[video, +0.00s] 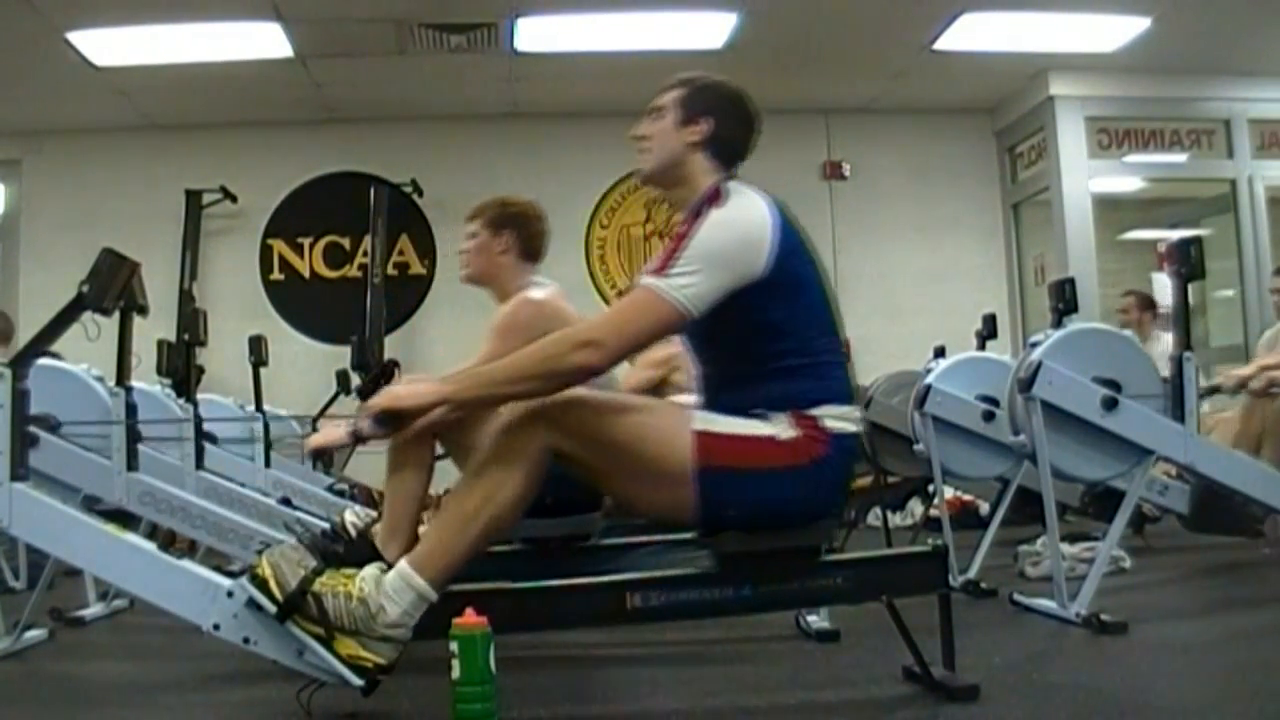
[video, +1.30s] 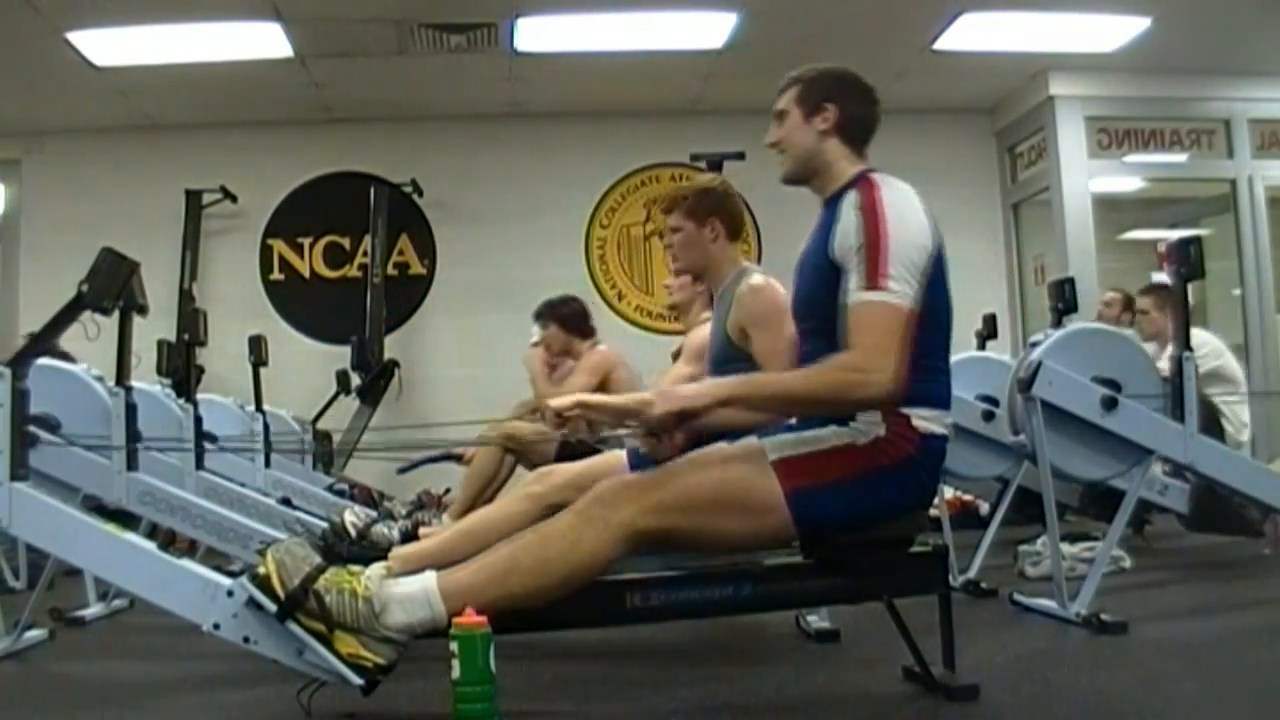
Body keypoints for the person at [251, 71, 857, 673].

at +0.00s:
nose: (636, 134)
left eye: (654, 117)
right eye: (641, 120)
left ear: (700, 131)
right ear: (690, 135)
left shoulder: (738, 219)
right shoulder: (702, 227)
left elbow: (594, 348)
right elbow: (591, 345)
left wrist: (441, 389)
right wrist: (446, 394)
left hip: (797, 448)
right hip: (754, 440)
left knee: (542, 414)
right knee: (527, 418)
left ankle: (388, 609)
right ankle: (386, 598)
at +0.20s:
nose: (724, 134)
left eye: (739, 117)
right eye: (730, 121)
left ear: (788, 126)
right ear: (784, 131)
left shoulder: (827, 211)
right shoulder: (790, 218)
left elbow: (688, 333)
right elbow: (680, 329)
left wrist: (530, 372)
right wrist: (541, 386)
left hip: (860, 446)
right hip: (822, 439)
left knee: (594, 457)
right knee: (583, 460)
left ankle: (396, 610)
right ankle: (390, 592)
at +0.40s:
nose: (799, 133)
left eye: (814, 117)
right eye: (802, 119)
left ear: (864, 125)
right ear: (846, 129)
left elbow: (783, 335)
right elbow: (753, 340)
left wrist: (621, 361)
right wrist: (619, 374)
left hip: (888, 444)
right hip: (837, 437)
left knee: (637, 507)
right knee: (617, 501)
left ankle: (400, 610)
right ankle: (398, 600)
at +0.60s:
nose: (838, 137)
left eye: (850, 119)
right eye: (839, 122)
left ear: (900, 124)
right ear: (887, 127)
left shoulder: (933, 204)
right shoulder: (882, 221)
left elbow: (883, 347)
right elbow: (816, 342)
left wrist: (721, 355)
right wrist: (700, 354)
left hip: (886, 437)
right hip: (847, 432)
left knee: (635, 536)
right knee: (623, 530)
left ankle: (397, 610)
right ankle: (401, 604)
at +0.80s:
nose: (836, 143)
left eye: (848, 124)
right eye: (837, 128)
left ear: (899, 122)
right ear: (892, 127)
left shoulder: (934, 199)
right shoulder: (892, 217)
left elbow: (975, 342)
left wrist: (821, 346)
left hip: (885, 440)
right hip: (849, 433)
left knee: (645, 524)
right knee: (633, 517)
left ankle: (398, 612)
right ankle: (397, 604)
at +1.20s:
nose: (796, 136)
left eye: (808, 118)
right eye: (798, 122)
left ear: (853, 120)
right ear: (851, 127)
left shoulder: (902, 205)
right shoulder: (857, 221)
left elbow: (949, 366)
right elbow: (845, 369)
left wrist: (791, 377)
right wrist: (739, 397)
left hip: (885, 442)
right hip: (839, 434)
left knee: (638, 517)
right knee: (606, 501)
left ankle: (398, 611)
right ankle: (394, 597)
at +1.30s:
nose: (770, 137)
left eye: (781, 120)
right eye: (772, 123)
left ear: (828, 122)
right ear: (828, 128)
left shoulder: (879, 204)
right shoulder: (836, 222)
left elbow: (873, 378)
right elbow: (827, 377)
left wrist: (714, 396)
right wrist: (704, 395)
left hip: (880, 444)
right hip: (840, 438)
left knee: (627, 506)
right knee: (604, 497)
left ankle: (397, 608)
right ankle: (392, 601)